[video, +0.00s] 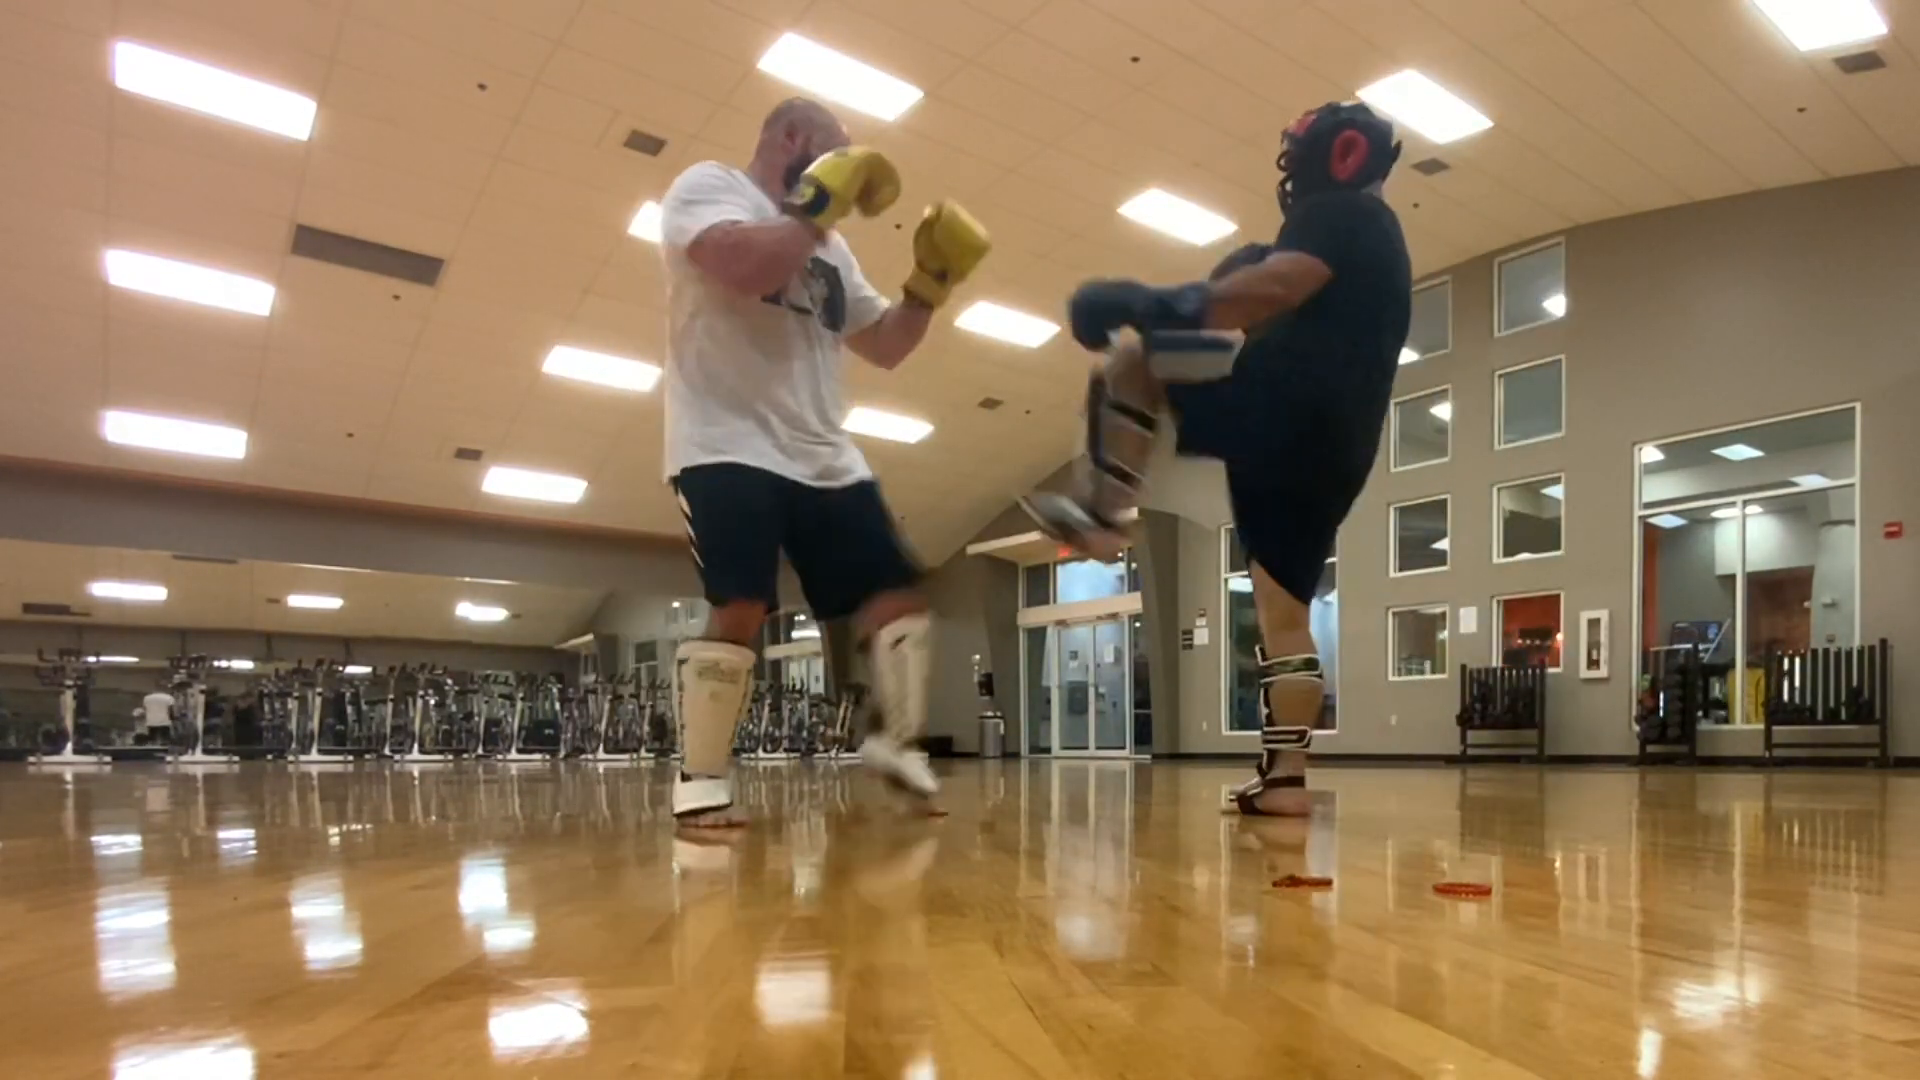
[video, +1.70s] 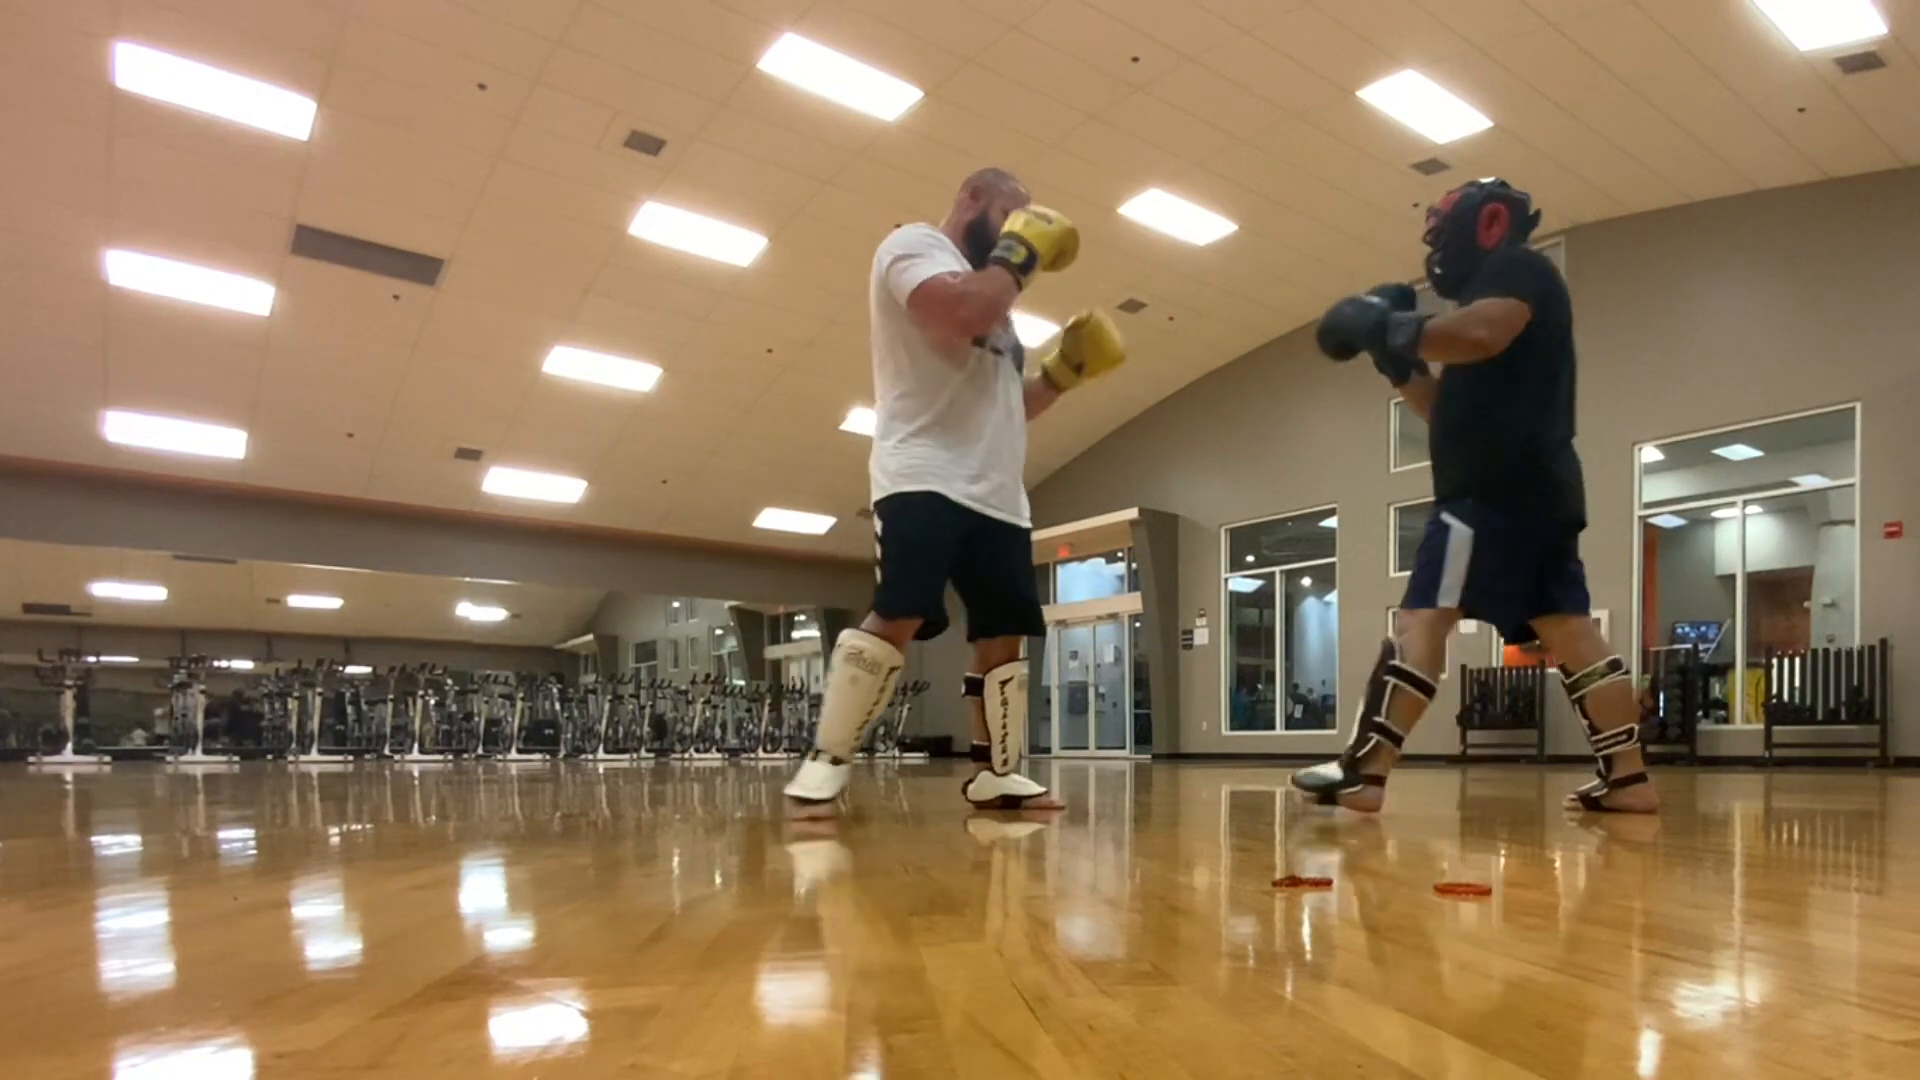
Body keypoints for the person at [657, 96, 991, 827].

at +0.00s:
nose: (833, 176)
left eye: (839, 167)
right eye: (830, 160)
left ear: (800, 148)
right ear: (785, 138)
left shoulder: (826, 249)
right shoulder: (709, 186)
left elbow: (885, 345)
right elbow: (744, 269)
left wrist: (926, 287)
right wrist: (820, 210)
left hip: (819, 445)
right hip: (727, 436)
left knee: (894, 590)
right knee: (743, 600)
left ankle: (896, 742)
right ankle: (702, 785)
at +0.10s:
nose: (840, 188)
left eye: (842, 177)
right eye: (832, 171)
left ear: (798, 160)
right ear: (785, 153)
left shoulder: (816, 248)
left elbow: (902, 326)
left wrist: (939, 275)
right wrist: (861, 200)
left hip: (811, 437)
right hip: (730, 450)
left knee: (947, 458)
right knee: (754, 611)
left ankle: (936, 610)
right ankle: (707, 788)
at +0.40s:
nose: (826, 160)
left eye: (829, 148)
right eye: (815, 144)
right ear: (760, 131)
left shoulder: (850, 229)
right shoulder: (702, 211)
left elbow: (909, 306)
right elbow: (705, 269)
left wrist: (984, 361)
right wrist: (797, 202)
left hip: (885, 431)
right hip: (781, 443)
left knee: (1001, 531)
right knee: (769, 598)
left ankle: (1013, 680)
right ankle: (706, 782)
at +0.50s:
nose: (861, 163)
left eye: (865, 150)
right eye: (848, 147)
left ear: (863, 153)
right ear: (797, 143)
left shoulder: (878, 234)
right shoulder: (737, 229)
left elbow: (915, 319)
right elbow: (729, 306)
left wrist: (987, 341)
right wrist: (805, 234)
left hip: (915, 452)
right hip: (808, 456)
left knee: (991, 593)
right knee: (778, 609)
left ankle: (1033, 747)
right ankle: (706, 781)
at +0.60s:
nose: (899, 182)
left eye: (903, 170)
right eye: (887, 166)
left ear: (900, 173)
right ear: (838, 161)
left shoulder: (922, 257)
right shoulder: (783, 250)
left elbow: (986, 320)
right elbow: (783, 341)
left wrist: (1055, 304)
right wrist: (846, 254)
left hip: (941, 470)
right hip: (840, 469)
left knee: (991, 613)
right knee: (799, 619)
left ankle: (1016, 776)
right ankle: (716, 778)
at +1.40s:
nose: (960, 212)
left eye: (965, 203)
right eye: (952, 196)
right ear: (906, 183)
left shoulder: (944, 298)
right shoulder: (847, 236)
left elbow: (978, 390)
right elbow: (893, 304)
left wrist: (1031, 342)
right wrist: (950, 242)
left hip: (951, 487)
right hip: (861, 475)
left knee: (986, 630)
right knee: (833, 627)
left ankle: (1002, 770)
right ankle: (783, 778)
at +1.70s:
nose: (1016, 233)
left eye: (1023, 225)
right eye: (1011, 215)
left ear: (1000, 224)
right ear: (971, 199)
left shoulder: (998, 310)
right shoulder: (914, 246)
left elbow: (1004, 411)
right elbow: (959, 319)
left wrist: (1060, 373)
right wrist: (1017, 255)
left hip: (997, 485)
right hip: (922, 466)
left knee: (1006, 623)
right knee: (903, 609)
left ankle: (997, 774)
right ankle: (826, 762)